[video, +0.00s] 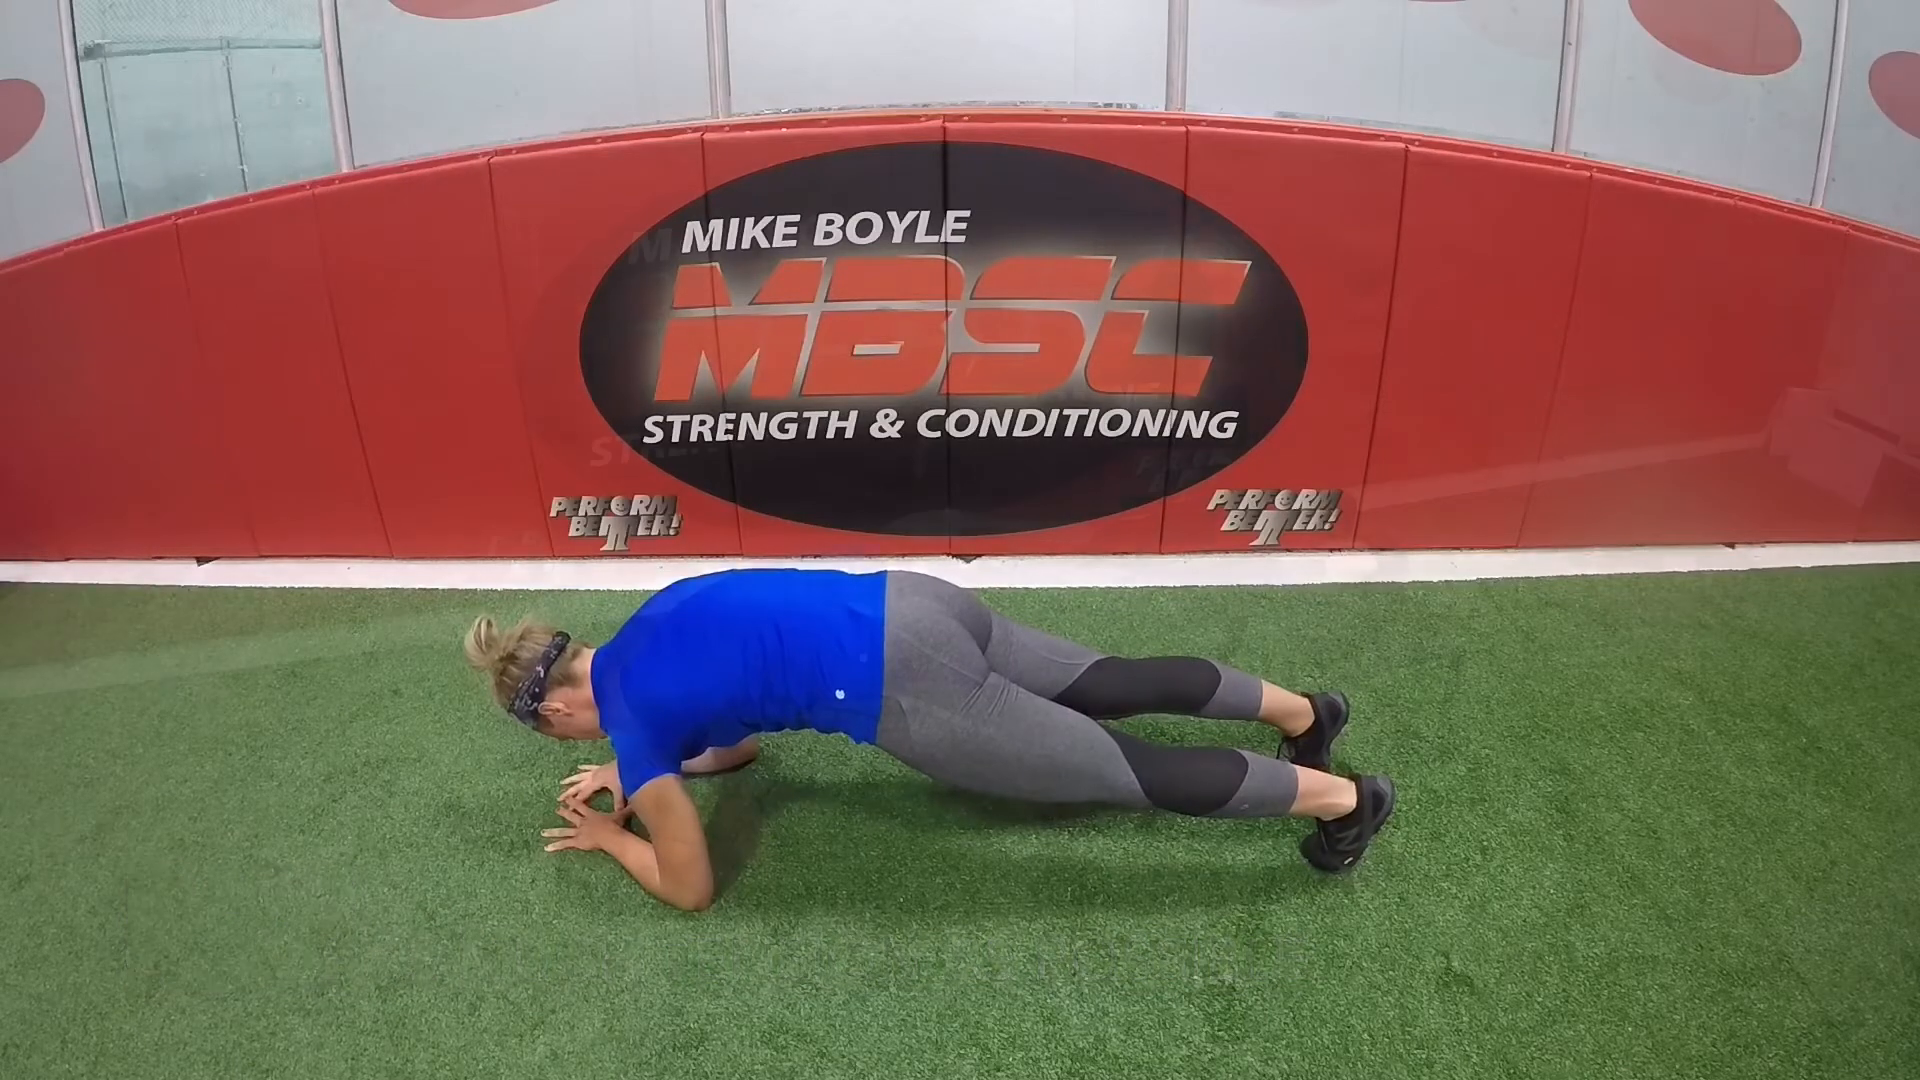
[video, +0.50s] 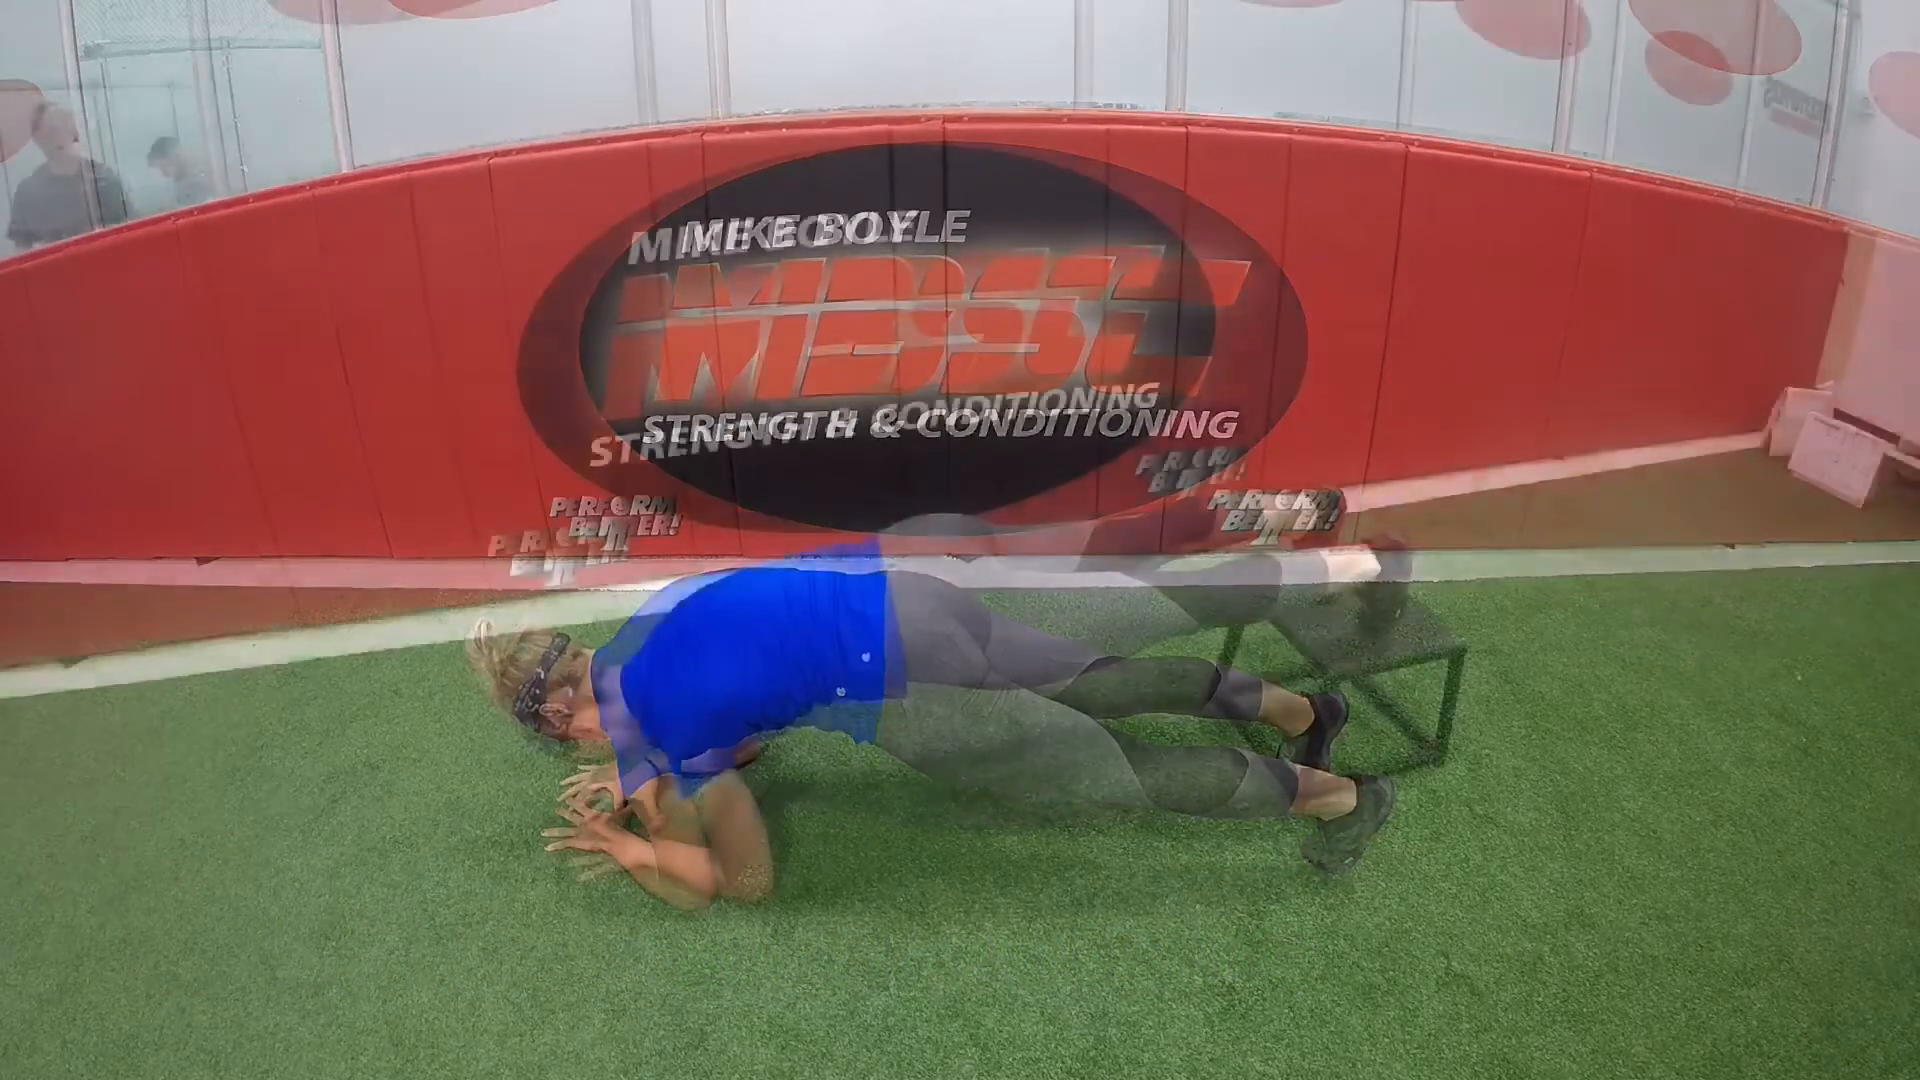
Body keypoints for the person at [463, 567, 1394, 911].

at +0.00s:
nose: (572, 736)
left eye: (556, 730)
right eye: (561, 730)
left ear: (560, 699)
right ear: (575, 648)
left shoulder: (631, 716)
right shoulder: (657, 609)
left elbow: (688, 885)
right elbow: (738, 740)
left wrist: (612, 840)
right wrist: (640, 777)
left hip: (900, 690)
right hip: (916, 593)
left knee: (1131, 771)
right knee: (1110, 681)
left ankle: (1343, 798)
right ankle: (1306, 714)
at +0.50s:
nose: (582, 744)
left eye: (564, 732)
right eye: (569, 734)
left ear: (575, 703)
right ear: (581, 660)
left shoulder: (650, 711)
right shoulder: (653, 627)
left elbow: (739, 878)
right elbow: (739, 759)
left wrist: (629, 852)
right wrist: (649, 782)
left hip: (897, 681)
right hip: (906, 583)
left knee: (1106, 774)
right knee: (1082, 670)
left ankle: (1325, 791)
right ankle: (1283, 706)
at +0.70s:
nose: (594, 755)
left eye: (578, 741)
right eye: (580, 745)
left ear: (592, 707)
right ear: (589, 677)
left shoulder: (681, 720)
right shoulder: (658, 640)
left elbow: (744, 880)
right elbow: (746, 756)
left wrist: (641, 858)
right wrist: (659, 808)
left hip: (926, 626)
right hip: (905, 544)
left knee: (1147, 611)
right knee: (1101, 556)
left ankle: (1330, 572)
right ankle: (1260, 514)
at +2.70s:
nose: (609, 752)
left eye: (593, 743)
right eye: (597, 745)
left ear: (602, 710)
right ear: (601, 670)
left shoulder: (689, 717)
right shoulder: (673, 629)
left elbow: (748, 878)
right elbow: (749, 741)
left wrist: (645, 852)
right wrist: (660, 792)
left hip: (942, 629)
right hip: (921, 540)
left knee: (1176, 607)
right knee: (1119, 544)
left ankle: (1346, 566)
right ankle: (1276, 508)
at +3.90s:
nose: (609, 755)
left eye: (593, 746)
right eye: (597, 748)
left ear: (601, 711)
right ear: (600, 673)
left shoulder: (689, 719)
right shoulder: (670, 631)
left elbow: (746, 878)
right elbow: (749, 736)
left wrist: (646, 851)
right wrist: (660, 792)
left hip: (935, 626)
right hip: (918, 539)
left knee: (1165, 613)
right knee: (1114, 547)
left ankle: (1345, 570)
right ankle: (1274, 507)